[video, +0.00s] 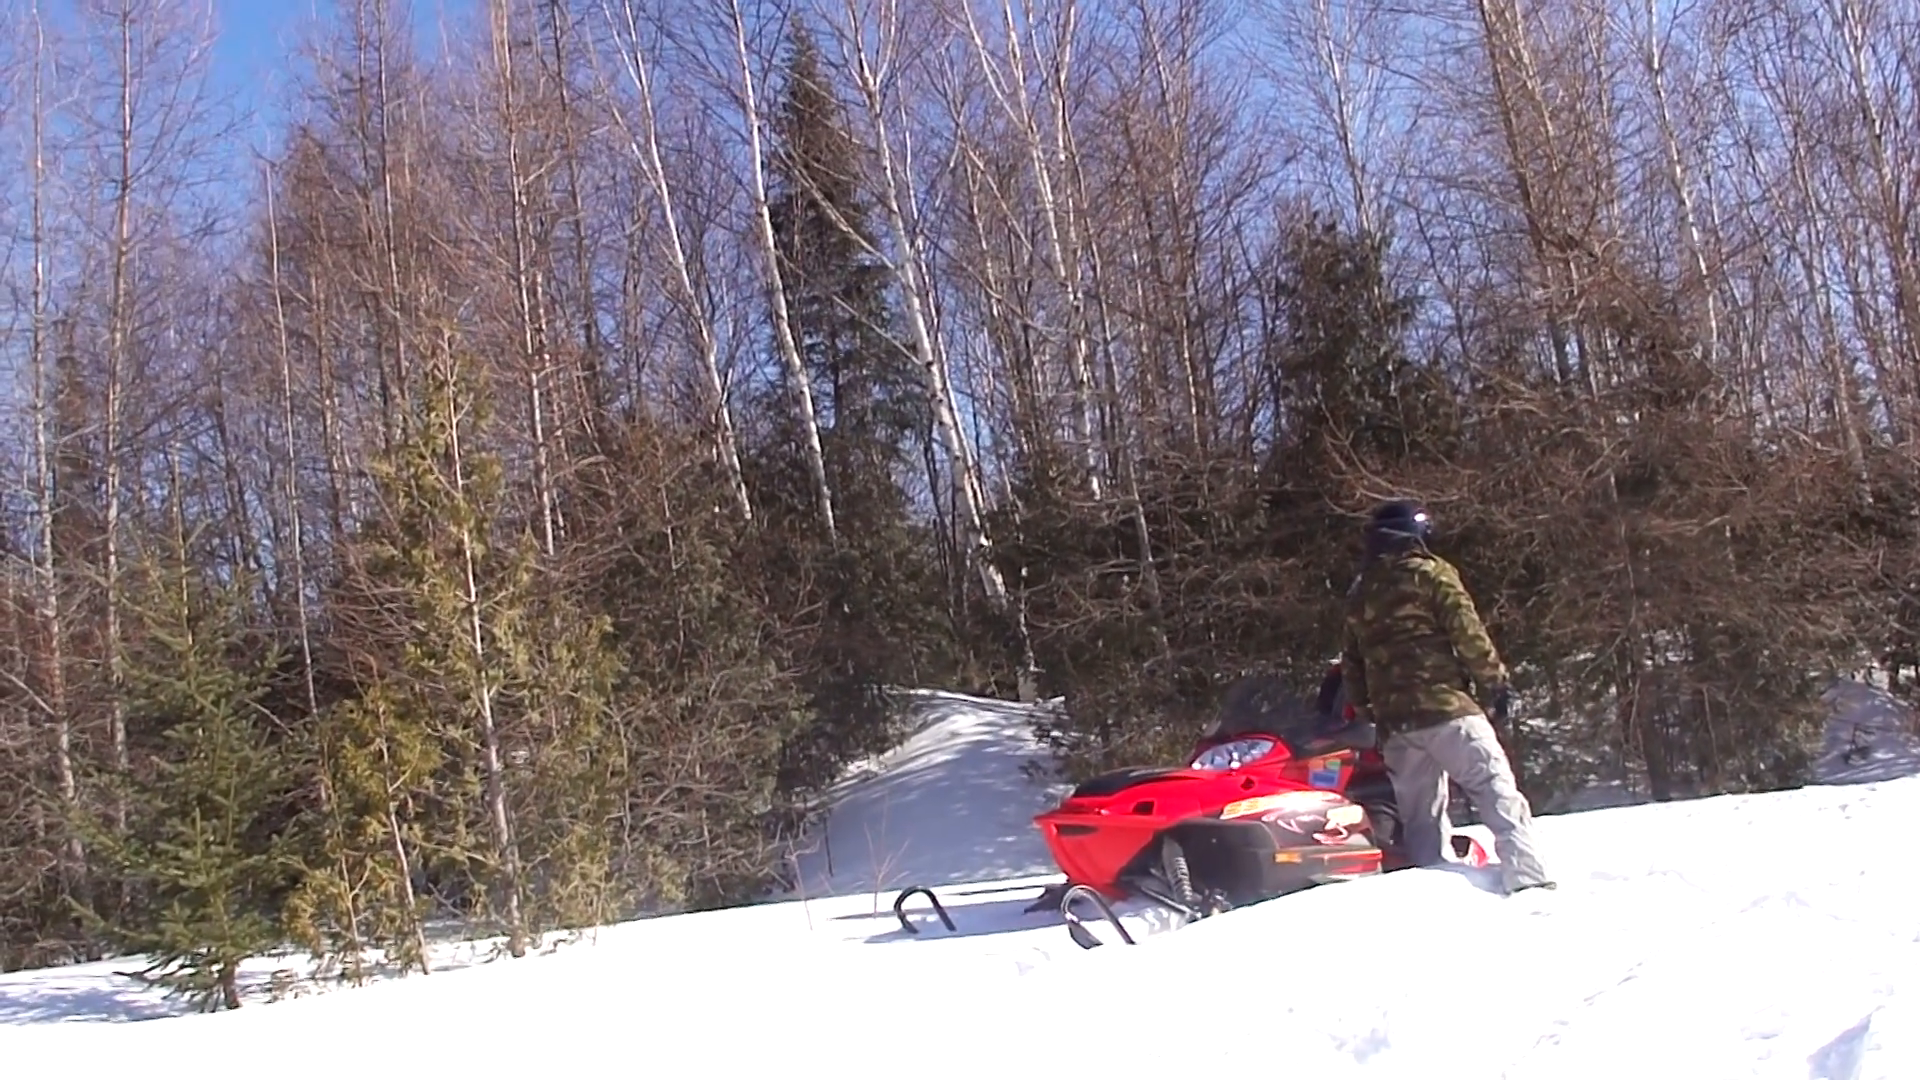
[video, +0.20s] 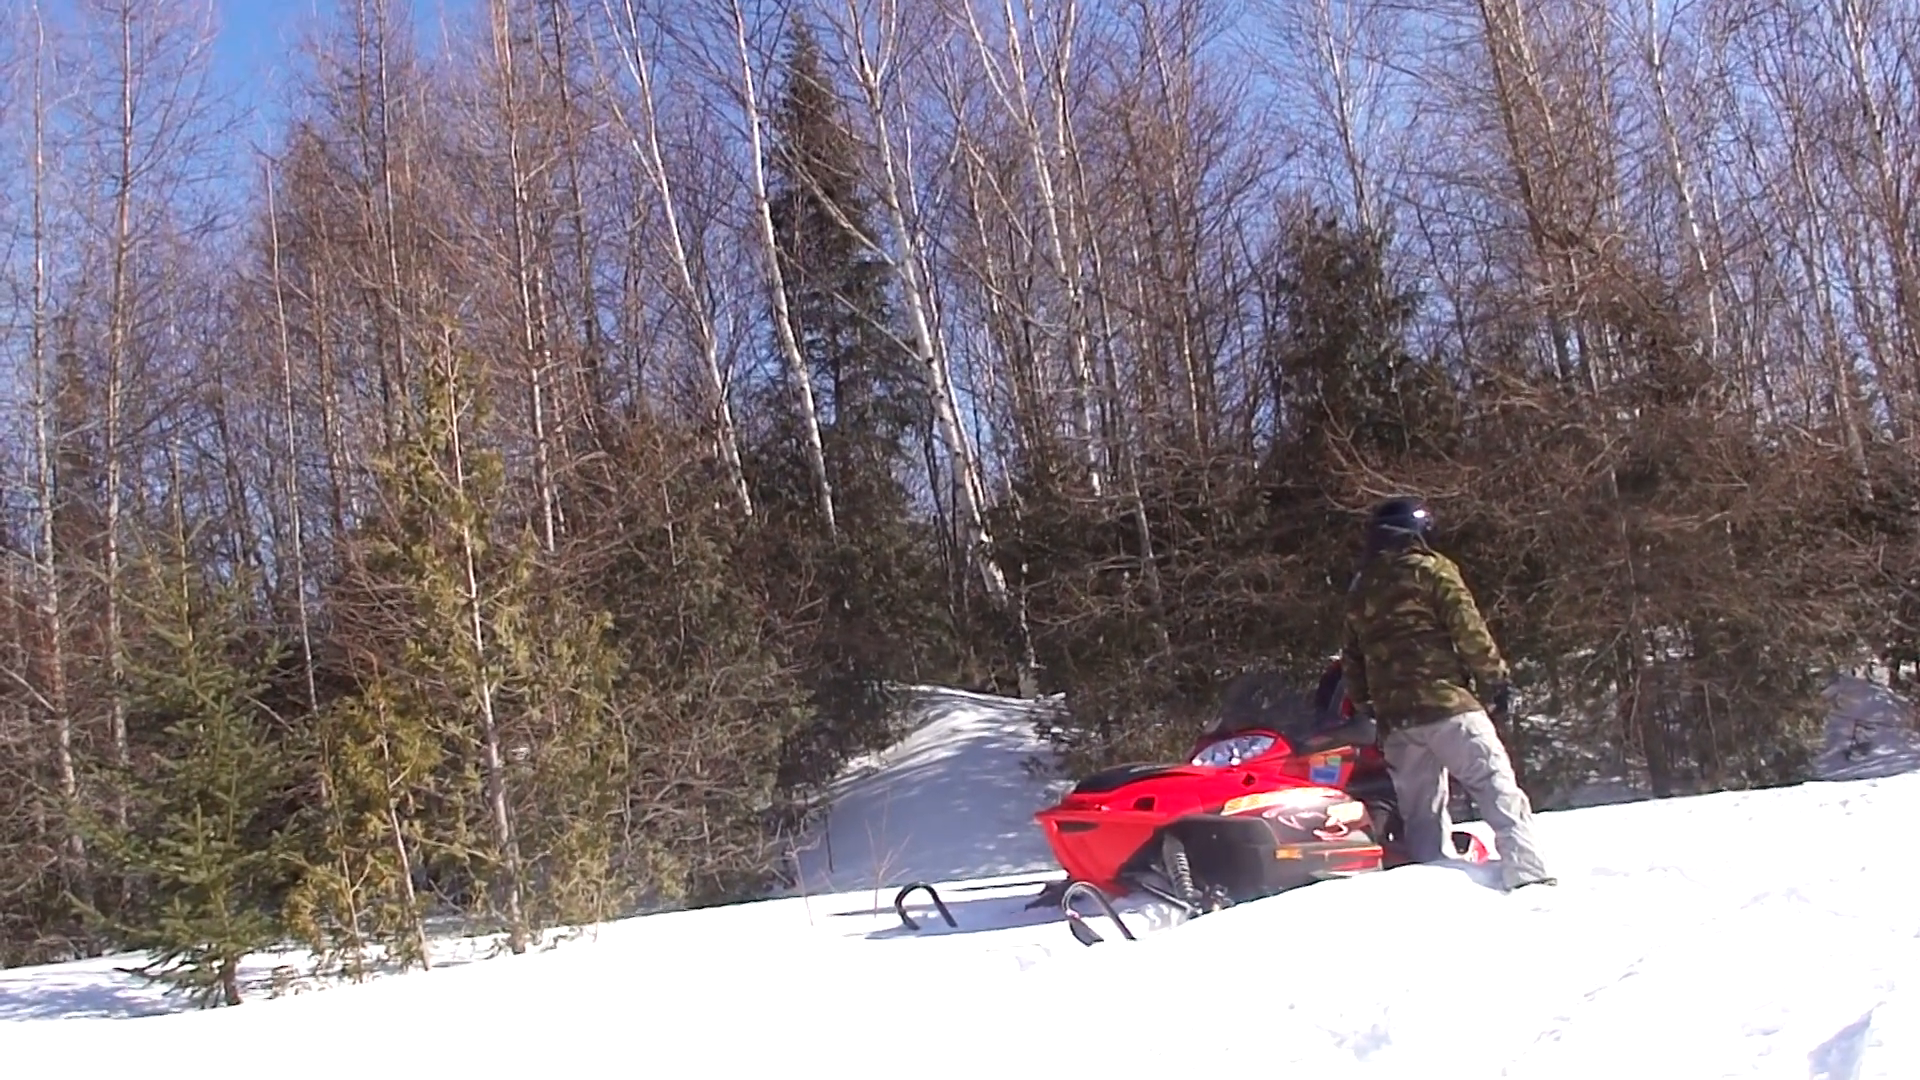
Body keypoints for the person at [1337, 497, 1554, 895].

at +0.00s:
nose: (1429, 538)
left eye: (1426, 532)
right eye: (1424, 532)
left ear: (1377, 538)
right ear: (1416, 534)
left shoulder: (1359, 591)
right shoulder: (1433, 572)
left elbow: (1354, 663)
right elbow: (1467, 633)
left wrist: (1368, 708)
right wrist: (1497, 684)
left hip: (1395, 720)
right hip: (1447, 708)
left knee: (1420, 819)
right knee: (1494, 788)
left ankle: (1430, 897)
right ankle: (1526, 876)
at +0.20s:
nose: (1430, 534)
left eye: (1427, 528)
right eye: (1426, 527)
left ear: (1379, 533)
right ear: (1417, 529)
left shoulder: (1361, 586)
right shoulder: (1433, 568)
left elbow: (1353, 657)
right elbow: (1468, 630)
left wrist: (1366, 702)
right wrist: (1497, 681)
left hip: (1394, 716)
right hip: (1447, 703)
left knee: (1421, 814)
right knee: (1494, 785)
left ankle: (1430, 893)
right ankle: (1526, 873)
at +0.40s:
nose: (1428, 530)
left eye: (1426, 523)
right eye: (1424, 523)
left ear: (1378, 531)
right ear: (1415, 526)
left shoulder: (1361, 583)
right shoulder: (1433, 565)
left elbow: (1353, 655)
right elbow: (1468, 627)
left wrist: (1366, 700)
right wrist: (1498, 679)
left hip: (1394, 713)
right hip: (1447, 700)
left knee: (1421, 811)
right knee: (1494, 782)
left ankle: (1430, 890)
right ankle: (1526, 870)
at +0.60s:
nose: (1427, 529)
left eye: (1424, 524)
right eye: (1423, 523)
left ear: (1376, 530)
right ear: (1414, 526)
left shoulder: (1360, 583)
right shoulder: (1434, 562)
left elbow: (1352, 653)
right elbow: (1468, 622)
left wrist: (1364, 697)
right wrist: (1497, 676)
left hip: (1395, 711)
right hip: (1449, 698)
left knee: (1420, 809)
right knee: (1495, 778)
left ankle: (1428, 888)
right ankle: (1526, 865)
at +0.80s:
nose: (1427, 527)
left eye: (1424, 520)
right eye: (1423, 520)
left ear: (1376, 527)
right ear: (1415, 523)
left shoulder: (1360, 580)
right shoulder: (1434, 559)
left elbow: (1352, 650)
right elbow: (1470, 620)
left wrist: (1362, 695)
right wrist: (1498, 673)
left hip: (1395, 708)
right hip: (1450, 697)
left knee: (1421, 805)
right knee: (1496, 775)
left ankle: (1429, 885)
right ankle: (1527, 865)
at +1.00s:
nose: (1433, 524)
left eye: (1429, 519)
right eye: (1430, 518)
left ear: (1383, 525)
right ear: (1423, 520)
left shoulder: (1368, 577)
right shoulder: (1443, 556)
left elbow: (1358, 647)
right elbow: (1479, 616)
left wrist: (1370, 693)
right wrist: (1507, 669)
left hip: (1405, 705)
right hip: (1460, 693)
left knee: (1430, 803)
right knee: (1504, 771)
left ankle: (1439, 882)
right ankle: (1534, 860)